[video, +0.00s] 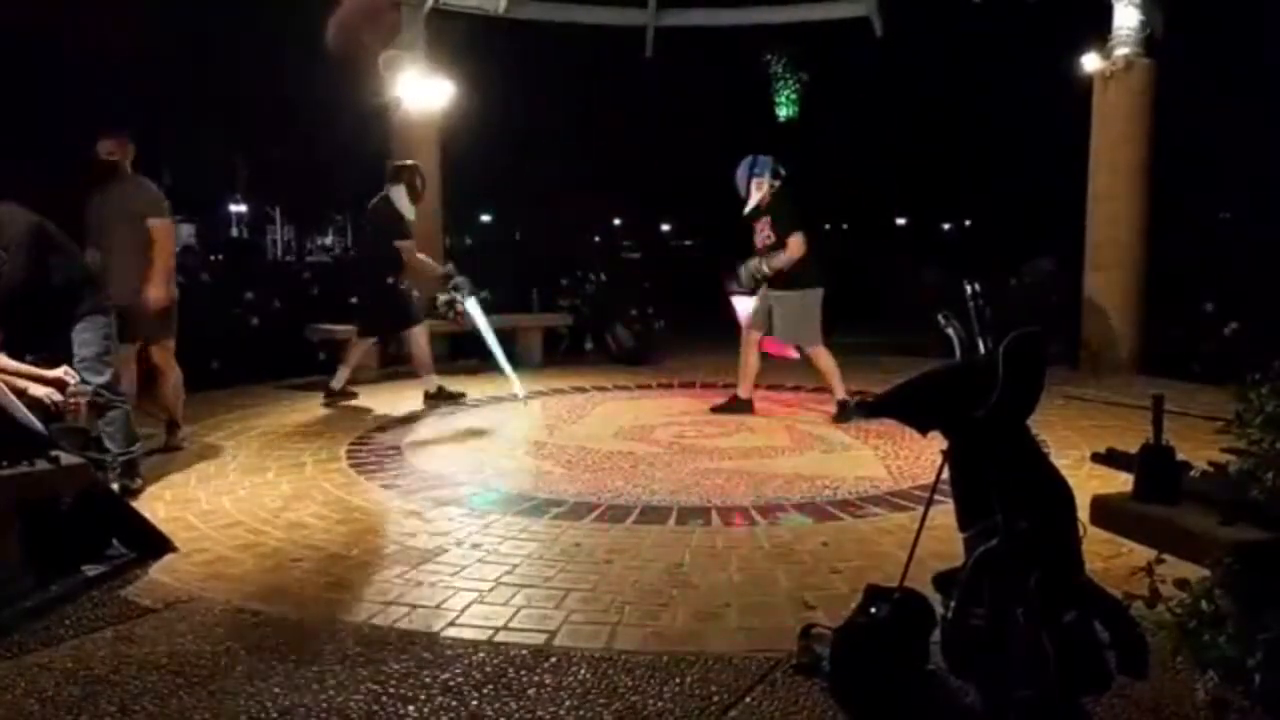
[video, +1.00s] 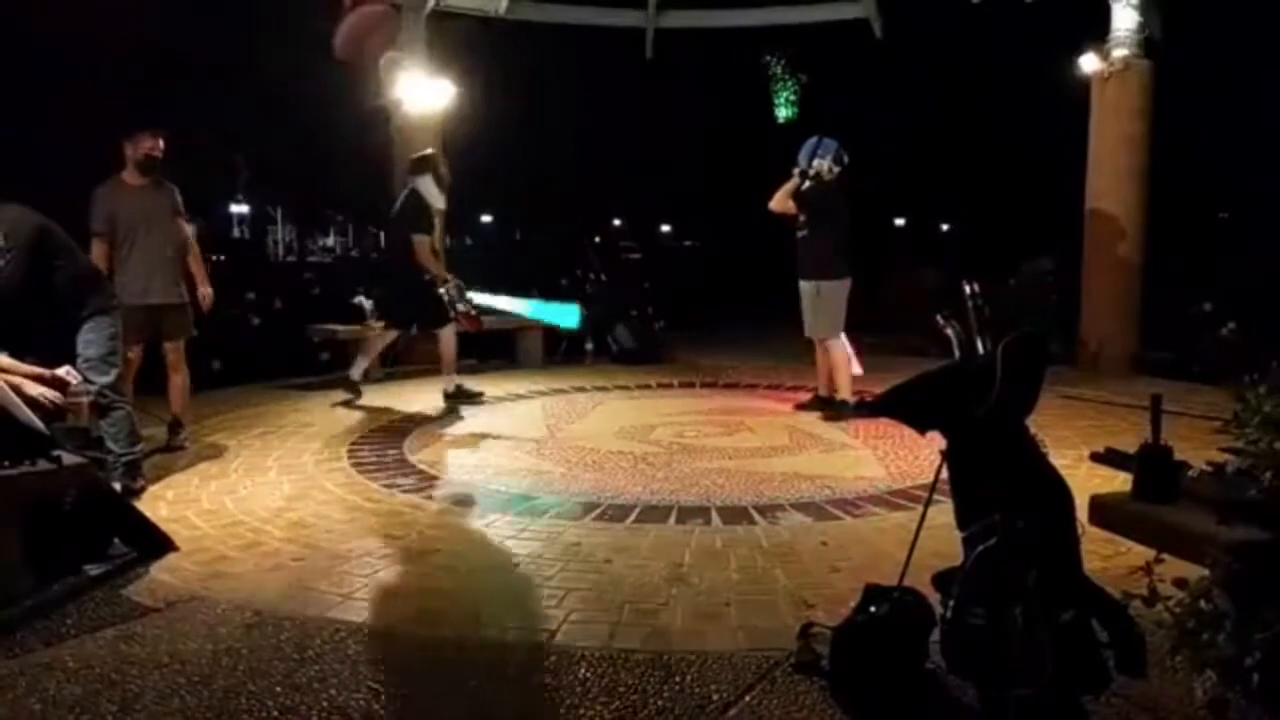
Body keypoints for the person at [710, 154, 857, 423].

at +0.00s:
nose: (753, 189)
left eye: (757, 183)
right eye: (751, 184)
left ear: (768, 182)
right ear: (750, 184)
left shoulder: (785, 206)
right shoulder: (756, 213)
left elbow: (797, 247)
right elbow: (764, 251)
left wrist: (764, 267)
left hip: (802, 288)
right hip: (773, 287)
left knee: (811, 344)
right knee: (751, 335)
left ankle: (842, 399)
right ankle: (743, 397)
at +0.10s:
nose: (768, 187)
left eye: (772, 181)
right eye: (768, 181)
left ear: (781, 181)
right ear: (773, 180)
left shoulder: (795, 206)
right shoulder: (776, 208)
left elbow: (794, 249)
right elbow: (782, 245)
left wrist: (757, 244)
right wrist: (756, 241)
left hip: (806, 288)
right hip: (782, 287)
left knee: (813, 344)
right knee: (764, 340)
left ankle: (843, 400)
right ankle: (745, 397)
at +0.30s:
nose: (787, 179)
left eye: (790, 173)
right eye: (788, 173)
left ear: (802, 173)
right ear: (809, 173)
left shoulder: (812, 200)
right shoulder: (804, 198)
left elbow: (786, 234)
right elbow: (790, 233)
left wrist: (770, 218)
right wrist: (781, 222)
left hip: (822, 282)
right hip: (804, 281)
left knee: (825, 340)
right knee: (782, 331)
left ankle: (844, 399)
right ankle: (781, 395)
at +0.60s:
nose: (807, 170)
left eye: (810, 165)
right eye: (806, 165)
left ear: (821, 164)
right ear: (813, 165)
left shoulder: (826, 191)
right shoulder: (812, 191)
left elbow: (777, 215)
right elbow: (784, 215)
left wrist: (781, 182)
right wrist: (787, 184)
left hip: (830, 277)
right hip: (809, 278)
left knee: (833, 337)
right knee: (807, 334)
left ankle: (845, 398)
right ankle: (822, 393)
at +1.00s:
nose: (812, 170)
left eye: (816, 165)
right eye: (812, 164)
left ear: (819, 166)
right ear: (829, 164)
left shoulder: (831, 194)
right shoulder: (811, 195)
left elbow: (777, 202)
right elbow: (777, 204)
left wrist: (802, 178)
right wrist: (799, 179)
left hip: (831, 273)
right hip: (810, 274)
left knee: (832, 336)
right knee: (818, 337)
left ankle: (844, 397)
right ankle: (823, 393)